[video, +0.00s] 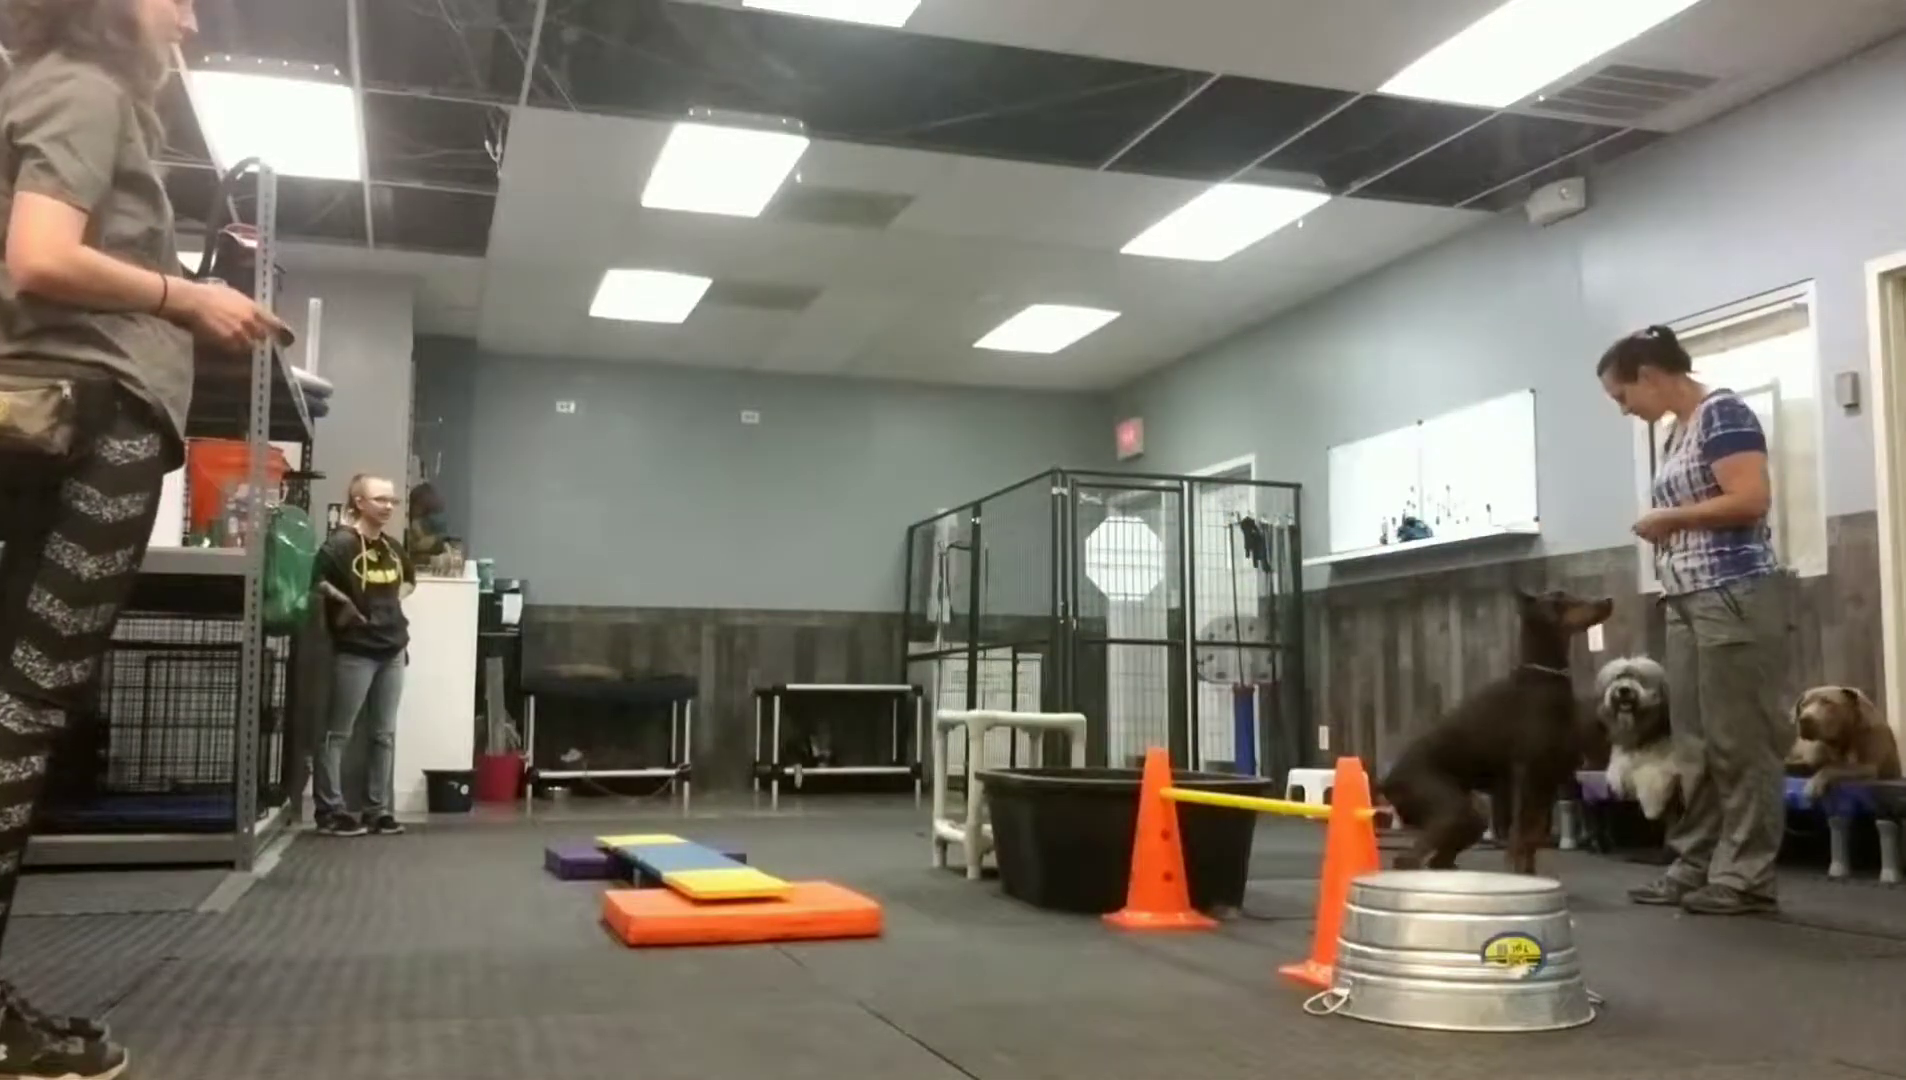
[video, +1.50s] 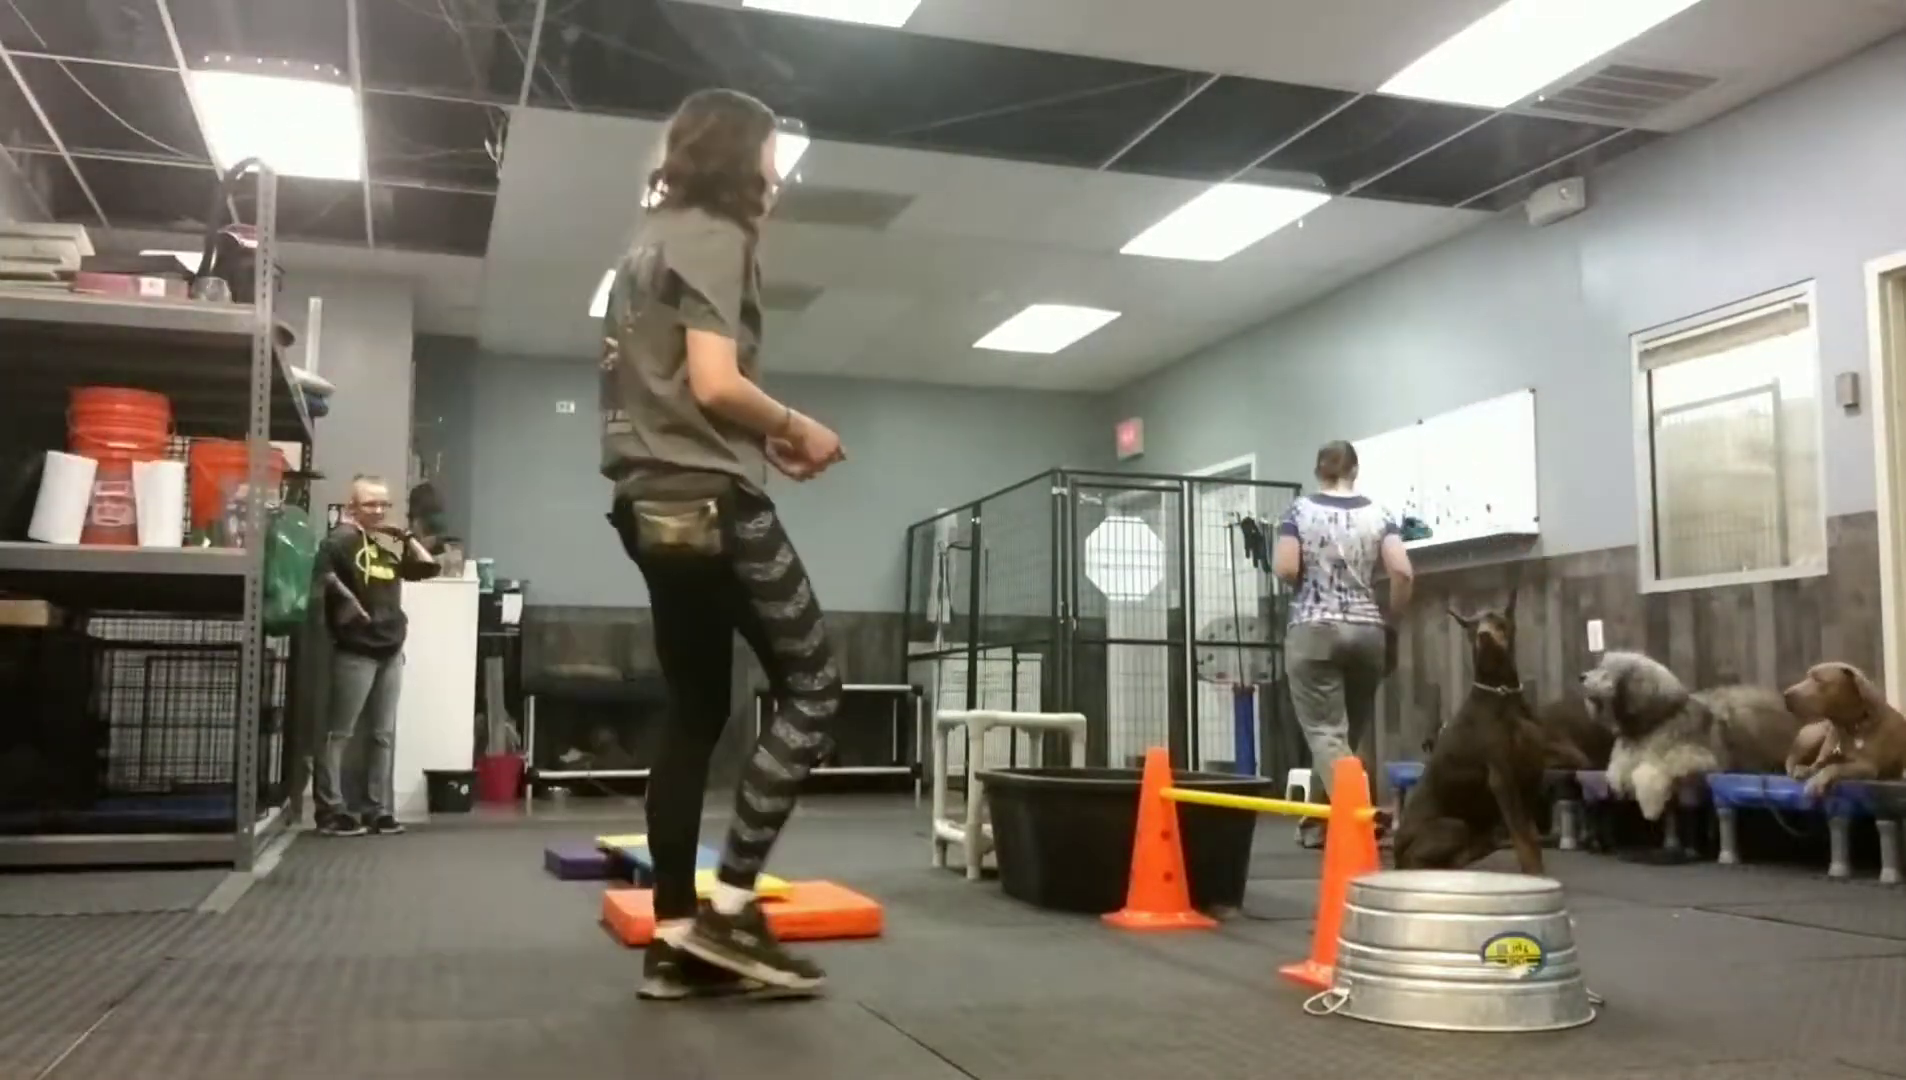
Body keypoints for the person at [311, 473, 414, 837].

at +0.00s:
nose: (388, 507)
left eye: (392, 500)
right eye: (380, 500)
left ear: (393, 505)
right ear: (358, 502)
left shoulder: (391, 546)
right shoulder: (339, 546)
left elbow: (407, 582)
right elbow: (316, 588)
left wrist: (391, 619)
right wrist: (347, 611)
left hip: (392, 649)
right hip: (355, 650)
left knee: (384, 735)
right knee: (339, 734)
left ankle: (378, 811)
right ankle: (330, 811)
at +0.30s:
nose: (389, 507)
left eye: (391, 501)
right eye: (381, 500)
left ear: (392, 505)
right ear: (358, 502)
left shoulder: (389, 546)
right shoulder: (338, 546)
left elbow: (407, 581)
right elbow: (317, 590)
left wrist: (387, 615)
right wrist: (349, 614)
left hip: (390, 650)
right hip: (354, 651)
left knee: (383, 735)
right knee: (338, 734)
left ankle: (377, 811)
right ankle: (330, 811)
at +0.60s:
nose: (390, 507)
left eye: (393, 501)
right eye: (382, 500)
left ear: (393, 506)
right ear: (360, 503)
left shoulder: (390, 546)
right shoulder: (340, 544)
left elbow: (407, 582)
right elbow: (315, 582)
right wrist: (344, 606)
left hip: (390, 649)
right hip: (353, 650)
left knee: (382, 735)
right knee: (338, 734)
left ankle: (377, 811)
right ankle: (330, 811)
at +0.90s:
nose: (392, 508)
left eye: (394, 502)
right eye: (384, 501)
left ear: (394, 506)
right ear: (361, 503)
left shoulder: (390, 546)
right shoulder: (339, 545)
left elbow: (407, 583)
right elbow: (317, 586)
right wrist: (347, 612)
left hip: (390, 649)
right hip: (353, 650)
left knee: (383, 735)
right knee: (338, 734)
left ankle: (377, 810)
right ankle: (334, 809)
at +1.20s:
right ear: (365, 514)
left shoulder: (399, 551)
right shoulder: (346, 549)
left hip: (392, 648)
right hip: (356, 646)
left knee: (375, 734)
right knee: (339, 732)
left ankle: (361, 808)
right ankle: (330, 809)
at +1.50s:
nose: (380, 512)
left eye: (385, 506)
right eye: (372, 505)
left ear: (388, 509)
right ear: (353, 508)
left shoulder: (388, 549)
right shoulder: (339, 542)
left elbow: (427, 568)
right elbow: (322, 579)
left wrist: (406, 537)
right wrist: (348, 602)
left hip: (390, 649)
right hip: (354, 648)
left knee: (383, 734)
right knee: (339, 733)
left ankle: (378, 809)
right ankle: (331, 810)